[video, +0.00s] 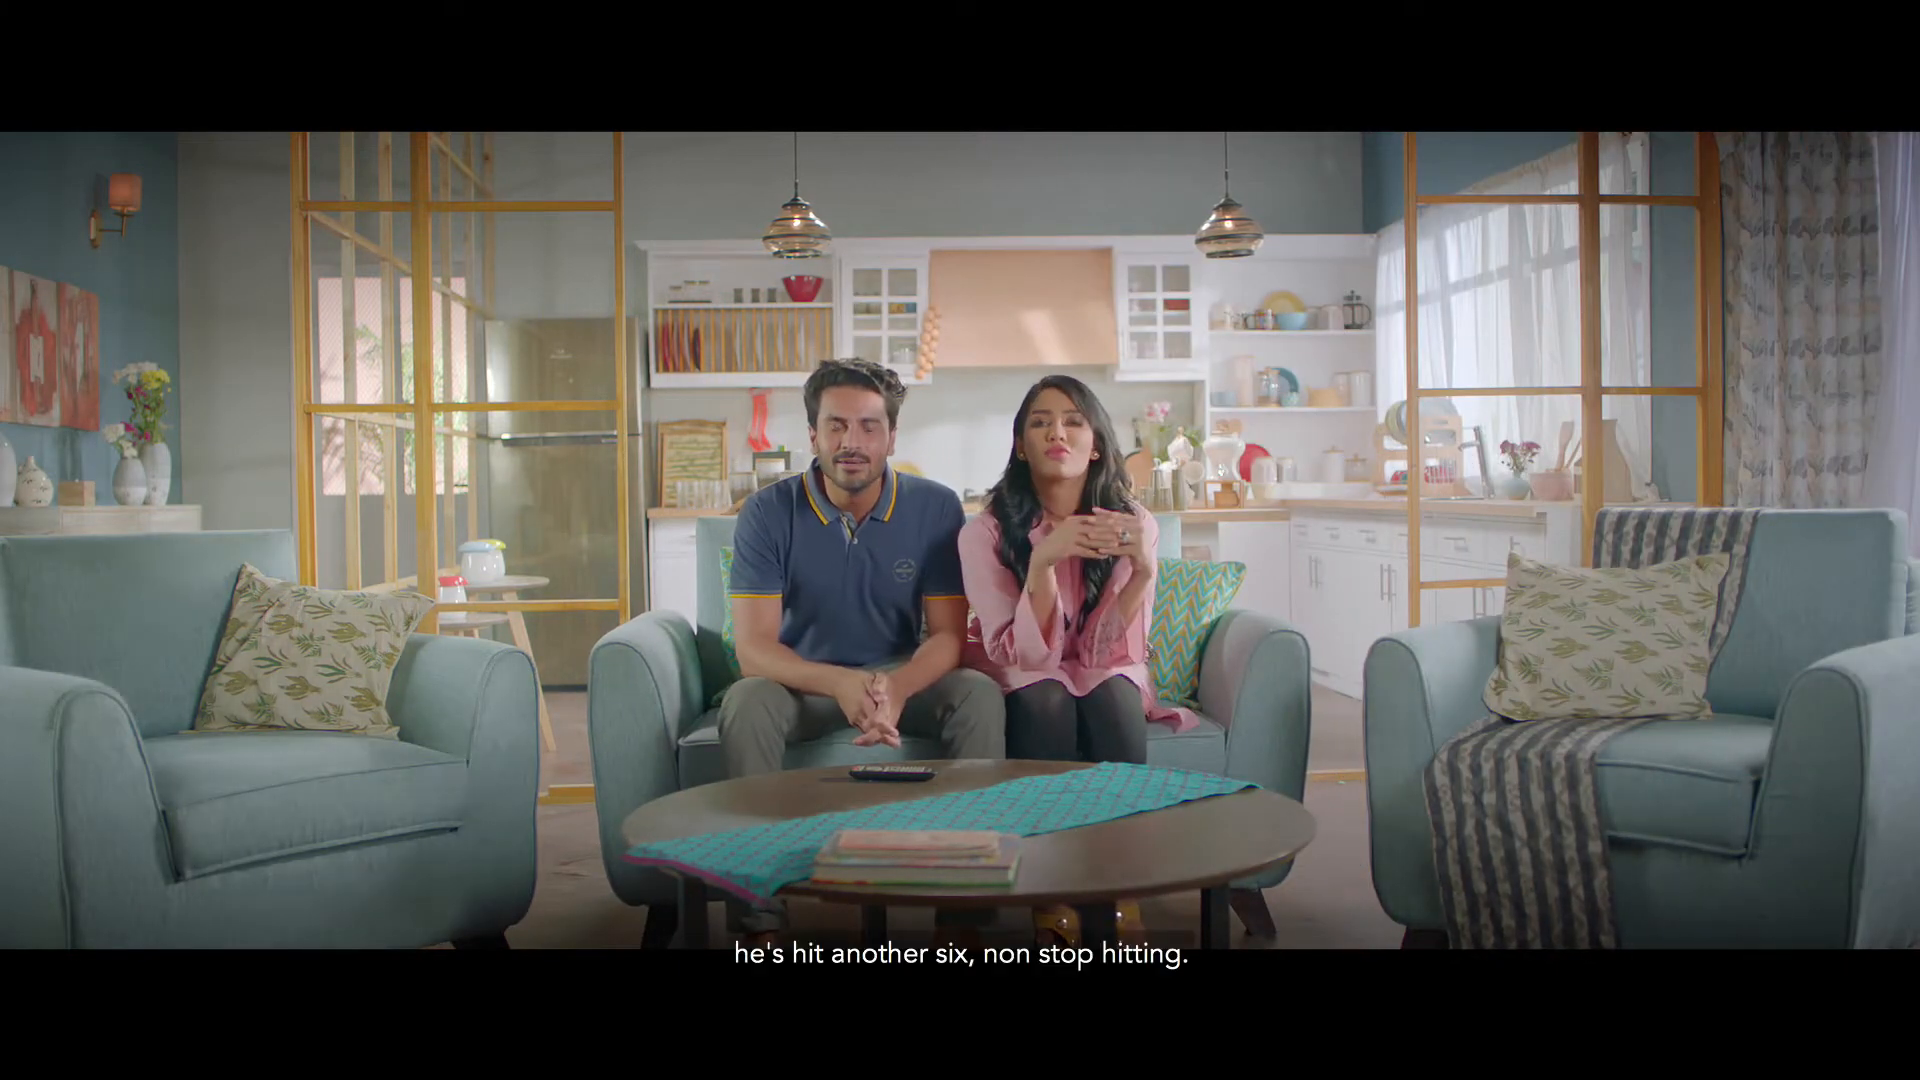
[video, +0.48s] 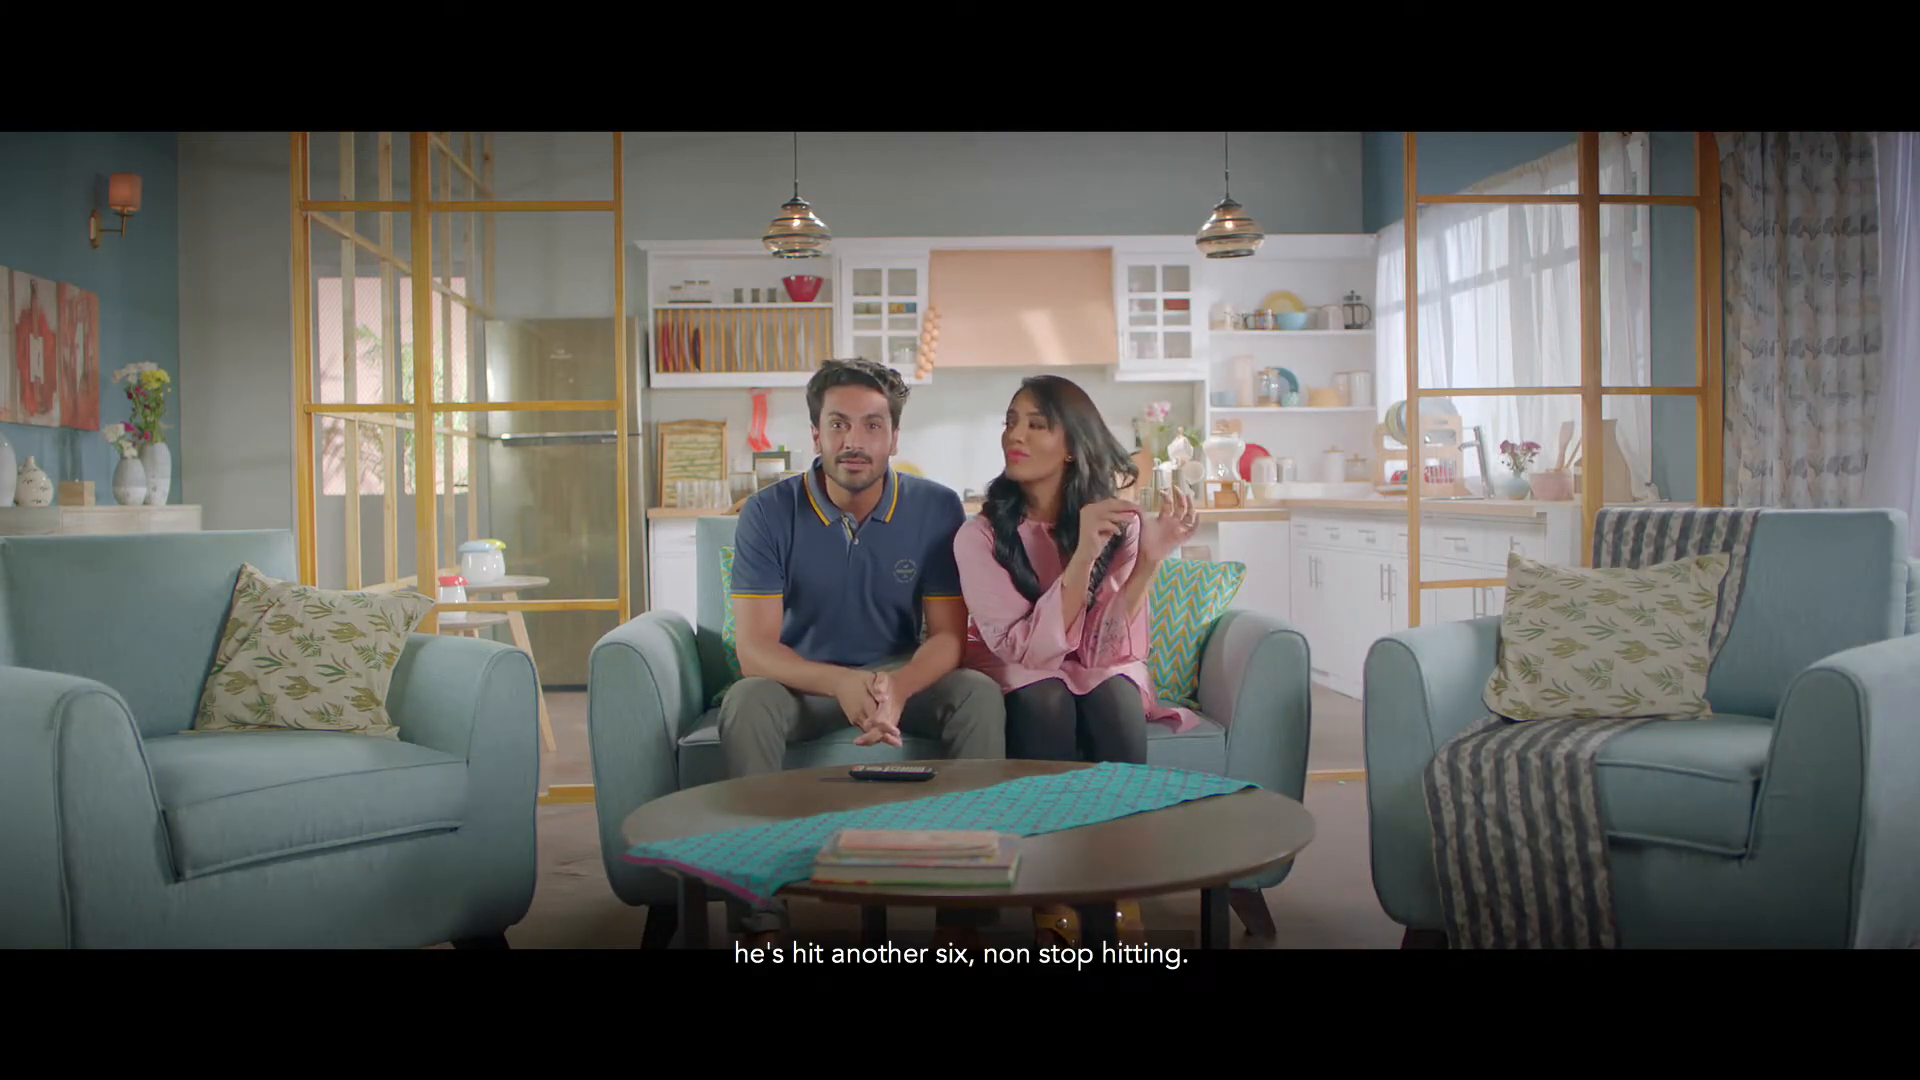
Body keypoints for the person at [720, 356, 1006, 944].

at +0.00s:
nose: (852, 442)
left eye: (868, 426)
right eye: (836, 427)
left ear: (891, 436)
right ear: (813, 436)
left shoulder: (934, 506)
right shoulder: (769, 513)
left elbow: (947, 635)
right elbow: (755, 651)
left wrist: (896, 690)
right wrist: (839, 682)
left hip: (905, 684)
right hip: (805, 687)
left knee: (981, 696)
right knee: (747, 704)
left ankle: (966, 874)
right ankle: (760, 887)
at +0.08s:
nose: (852, 443)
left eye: (869, 427)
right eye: (837, 427)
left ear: (892, 437)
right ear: (814, 436)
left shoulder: (934, 507)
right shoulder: (769, 514)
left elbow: (947, 636)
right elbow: (756, 652)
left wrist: (897, 690)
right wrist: (839, 682)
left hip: (903, 684)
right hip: (804, 688)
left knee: (981, 696)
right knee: (748, 704)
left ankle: (965, 871)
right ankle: (761, 883)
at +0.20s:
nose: (854, 442)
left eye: (871, 426)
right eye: (839, 426)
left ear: (893, 436)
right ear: (816, 436)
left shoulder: (935, 507)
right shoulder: (770, 514)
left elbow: (947, 635)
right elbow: (756, 653)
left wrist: (897, 690)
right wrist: (840, 682)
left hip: (904, 683)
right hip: (804, 687)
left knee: (981, 696)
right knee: (747, 704)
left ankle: (965, 870)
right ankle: (762, 881)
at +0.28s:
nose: (854, 443)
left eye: (870, 427)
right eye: (838, 427)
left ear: (893, 436)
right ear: (815, 436)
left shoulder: (934, 507)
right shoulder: (769, 514)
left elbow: (946, 636)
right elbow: (756, 653)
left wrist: (896, 690)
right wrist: (840, 682)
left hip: (904, 684)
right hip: (804, 687)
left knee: (980, 696)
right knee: (747, 703)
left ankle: (964, 871)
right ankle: (763, 882)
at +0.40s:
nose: (854, 442)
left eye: (870, 426)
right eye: (838, 426)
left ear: (892, 437)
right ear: (815, 437)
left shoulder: (935, 507)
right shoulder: (769, 514)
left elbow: (947, 636)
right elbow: (756, 653)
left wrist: (897, 689)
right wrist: (839, 681)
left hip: (904, 684)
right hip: (804, 688)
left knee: (981, 696)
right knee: (747, 703)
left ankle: (966, 871)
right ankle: (763, 882)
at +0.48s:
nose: (854, 441)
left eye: (871, 425)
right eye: (839, 425)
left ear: (893, 437)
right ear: (816, 436)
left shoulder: (935, 507)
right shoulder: (770, 514)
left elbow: (946, 636)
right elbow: (756, 653)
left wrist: (897, 689)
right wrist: (840, 681)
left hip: (904, 683)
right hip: (804, 688)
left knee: (981, 696)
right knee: (747, 703)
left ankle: (965, 869)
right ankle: (763, 879)